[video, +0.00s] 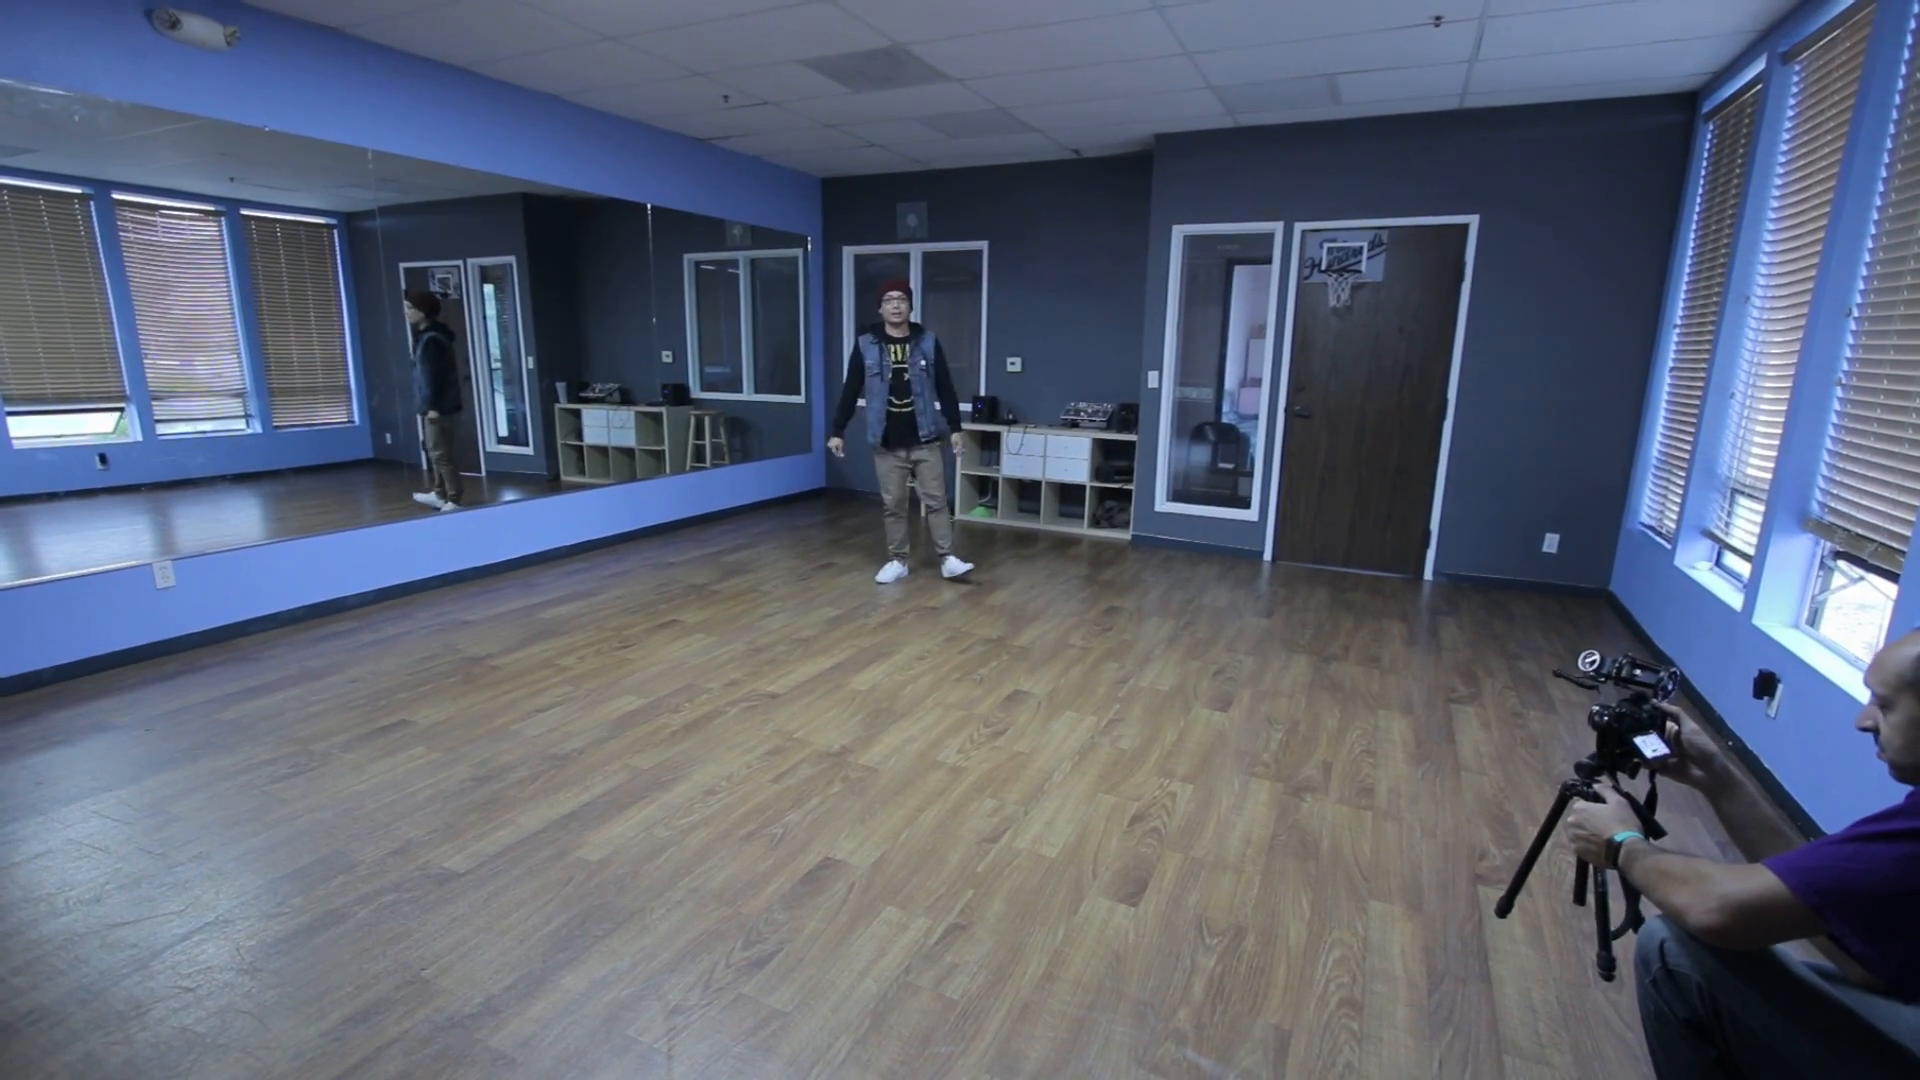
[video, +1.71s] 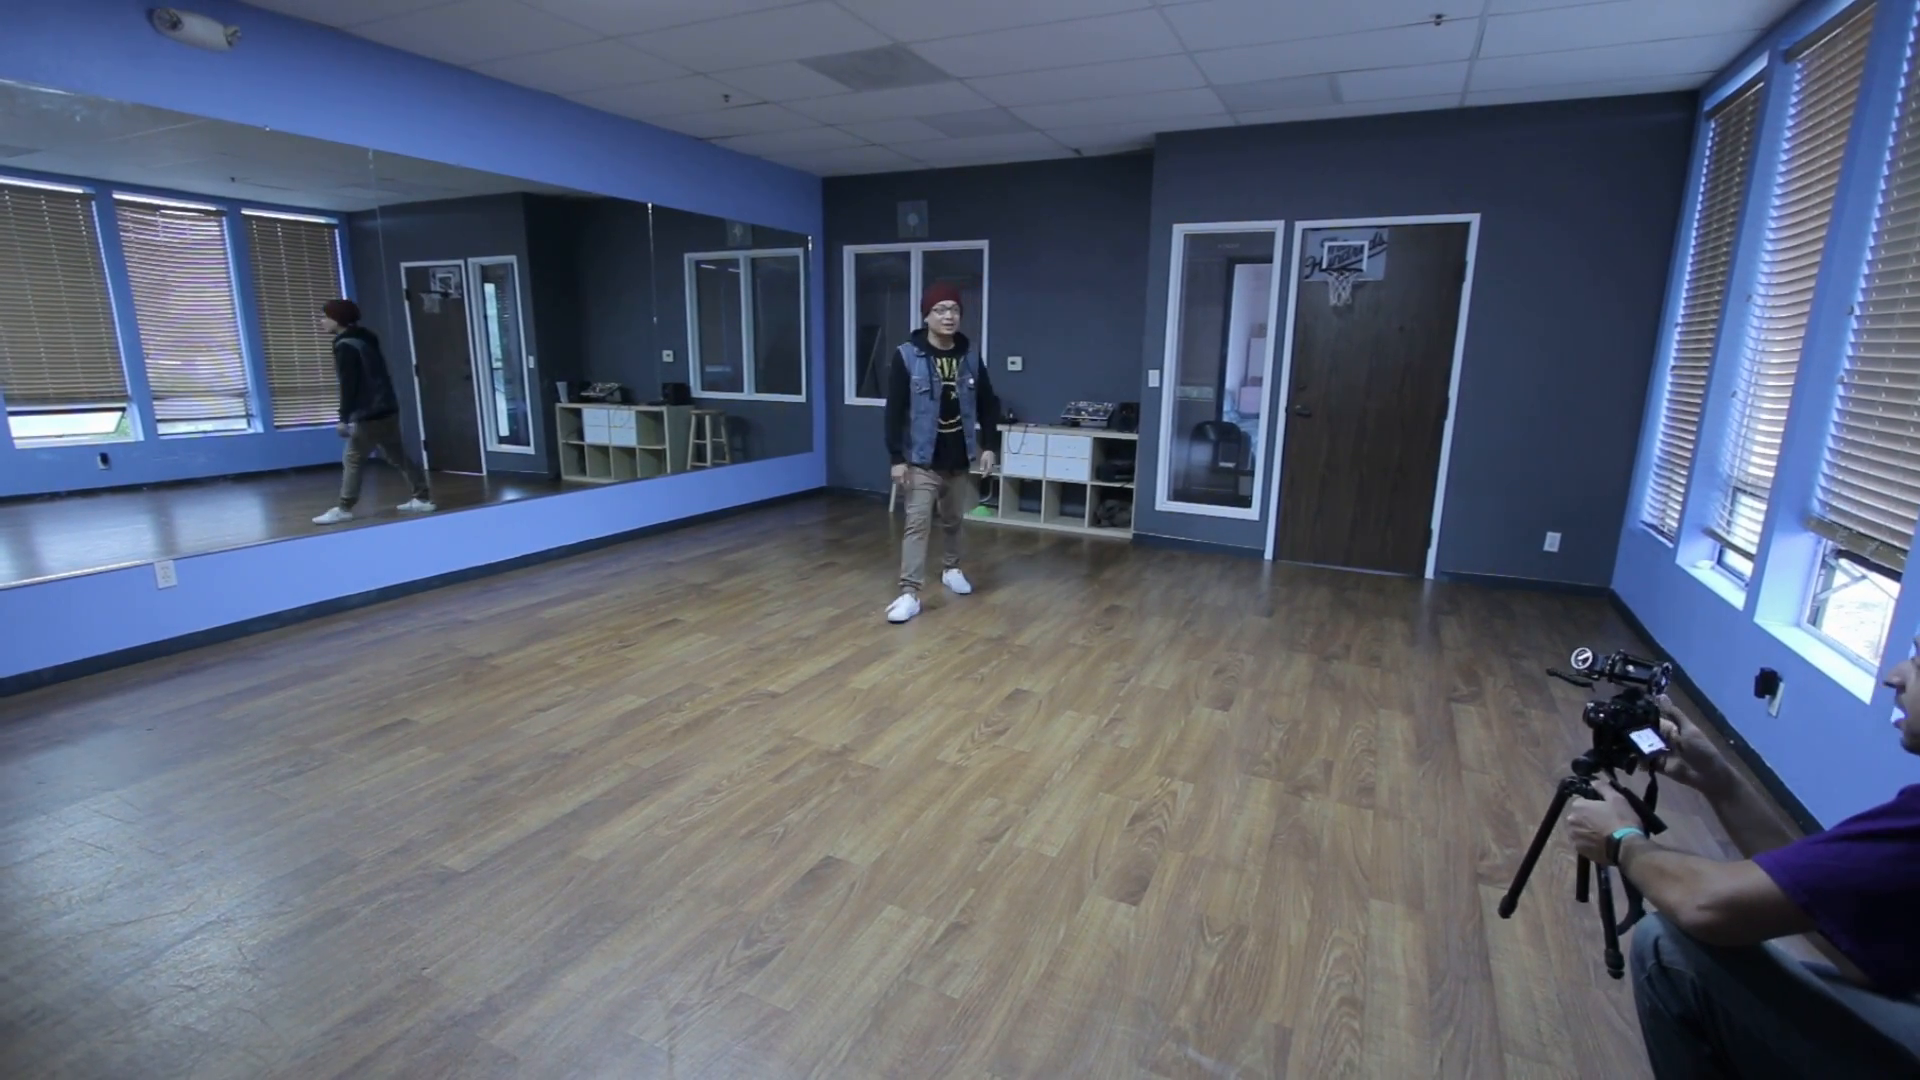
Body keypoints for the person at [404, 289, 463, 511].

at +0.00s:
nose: (407, 313)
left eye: (410, 309)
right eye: (406, 309)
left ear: (423, 312)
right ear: (423, 312)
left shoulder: (432, 340)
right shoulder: (426, 337)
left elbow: (433, 376)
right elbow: (428, 375)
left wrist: (432, 406)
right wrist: (425, 404)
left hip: (439, 406)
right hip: (433, 404)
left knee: (439, 452)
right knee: (433, 451)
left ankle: (453, 497)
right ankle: (438, 491)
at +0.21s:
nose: (404, 315)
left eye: (408, 311)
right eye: (404, 310)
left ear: (420, 314)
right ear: (422, 314)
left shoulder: (424, 342)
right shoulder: (437, 335)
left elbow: (416, 378)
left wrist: (403, 407)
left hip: (435, 405)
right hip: (439, 402)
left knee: (433, 453)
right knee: (419, 442)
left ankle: (452, 499)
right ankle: (427, 490)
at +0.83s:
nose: (371, 320)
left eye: (374, 316)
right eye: (372, 316)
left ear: (387, 318)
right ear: (390, 318)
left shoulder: (393, 342)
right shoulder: (404, 338)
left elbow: (390, 379)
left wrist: (381, 410)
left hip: (413, 408)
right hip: (411, 407)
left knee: (419, 454)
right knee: (399, 452)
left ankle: (444, 498)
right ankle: (419, 496)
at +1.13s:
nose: (358, 316)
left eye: (361, 311)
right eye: (358, 311)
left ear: (373, 312)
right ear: (373, 313)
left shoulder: (386, 336)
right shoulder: (382, 335)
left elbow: (394, 370)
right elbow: (386, 374)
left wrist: (397, 400)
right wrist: (382, 401)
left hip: (401, 404)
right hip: (405, 403)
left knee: (399, 450)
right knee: (410, 451)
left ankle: (409, 497)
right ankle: (421, 497)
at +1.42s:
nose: (351, 320)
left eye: (354, 316)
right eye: (351, 316)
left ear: (363, 318)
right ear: (372, 317)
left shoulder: (373, 341)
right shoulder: (385, 336)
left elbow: (382, 378)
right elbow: (387, 377)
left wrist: (381, 411)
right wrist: (386, 406)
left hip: (388, 410)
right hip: (400, 408)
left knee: (370, 451)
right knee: (398, 452)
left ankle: (375, 500)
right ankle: (421, 496)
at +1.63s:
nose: (334, 321)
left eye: (337, 316)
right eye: (335, 316)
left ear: (349, 318)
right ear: (358, 318)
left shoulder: (355, 343)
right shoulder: (375, 336)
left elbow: (360, 382)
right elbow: (386, 376)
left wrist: (357, 415)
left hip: (370, 413)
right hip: (388, 409)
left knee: (359, 458)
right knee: (397, 454)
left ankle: (348, 505)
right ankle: (422, 497)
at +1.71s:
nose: (323, 321)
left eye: (327, 318)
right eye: (325, 317)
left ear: (339, 320)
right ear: (348, 319)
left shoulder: (345, 345)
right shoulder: (367, 337)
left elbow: (349, 384)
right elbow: (376, 376)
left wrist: (344, 418)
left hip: (366, 413)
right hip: (386, 408)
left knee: (352, 458)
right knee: (398, 455)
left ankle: (345, 507)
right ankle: (423, 498)